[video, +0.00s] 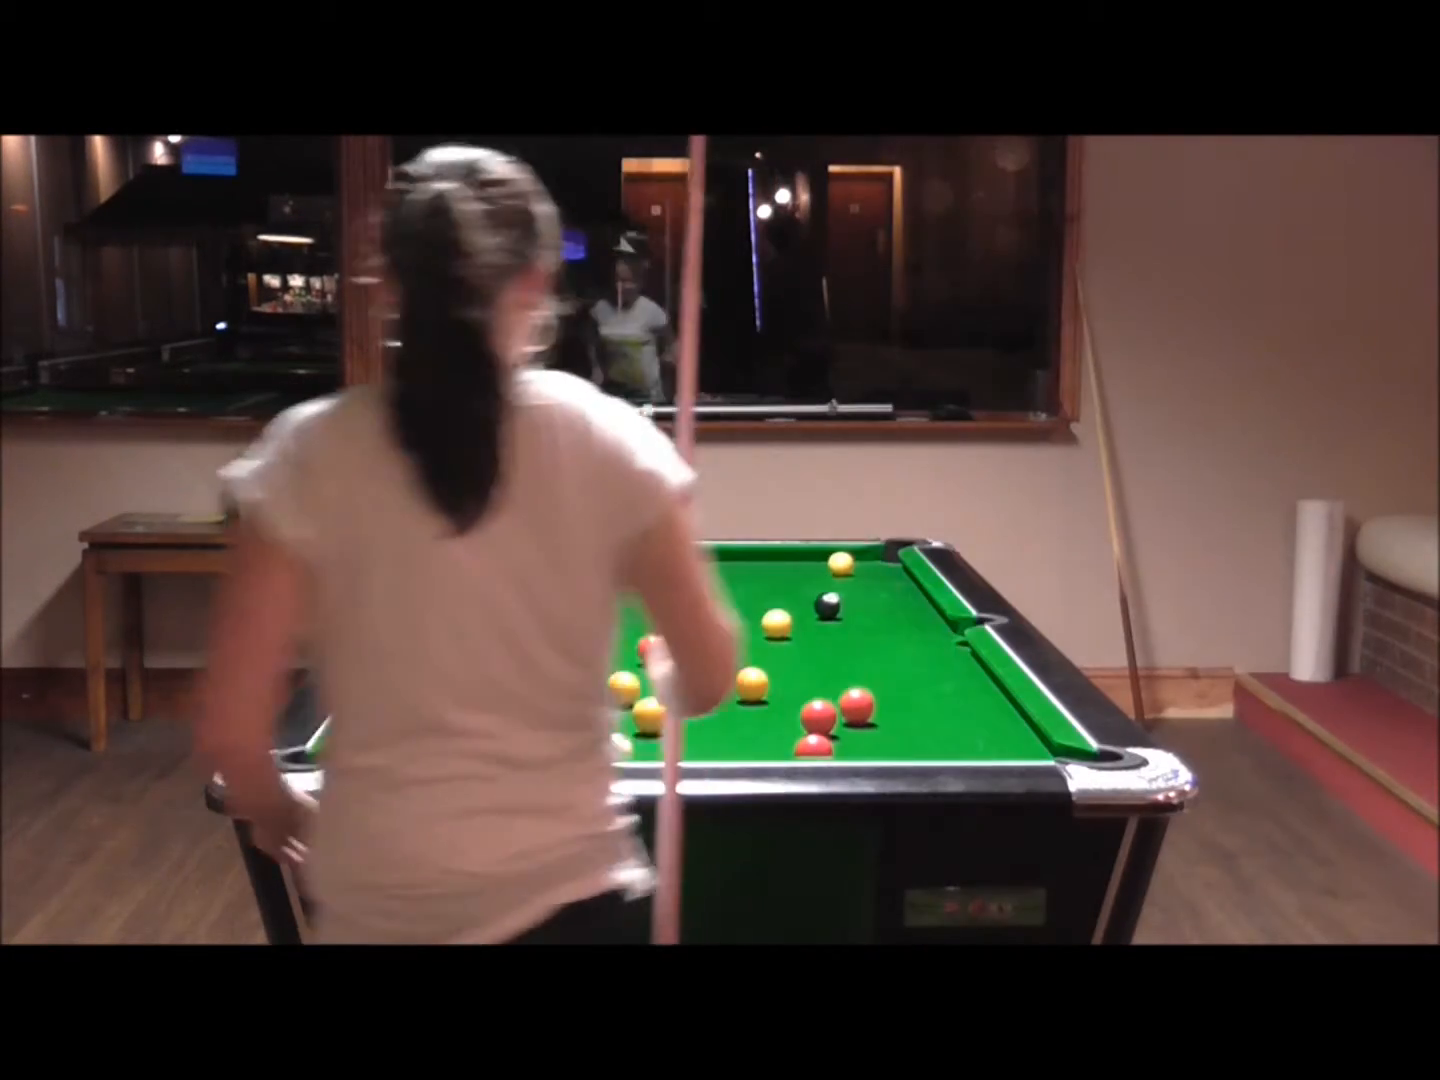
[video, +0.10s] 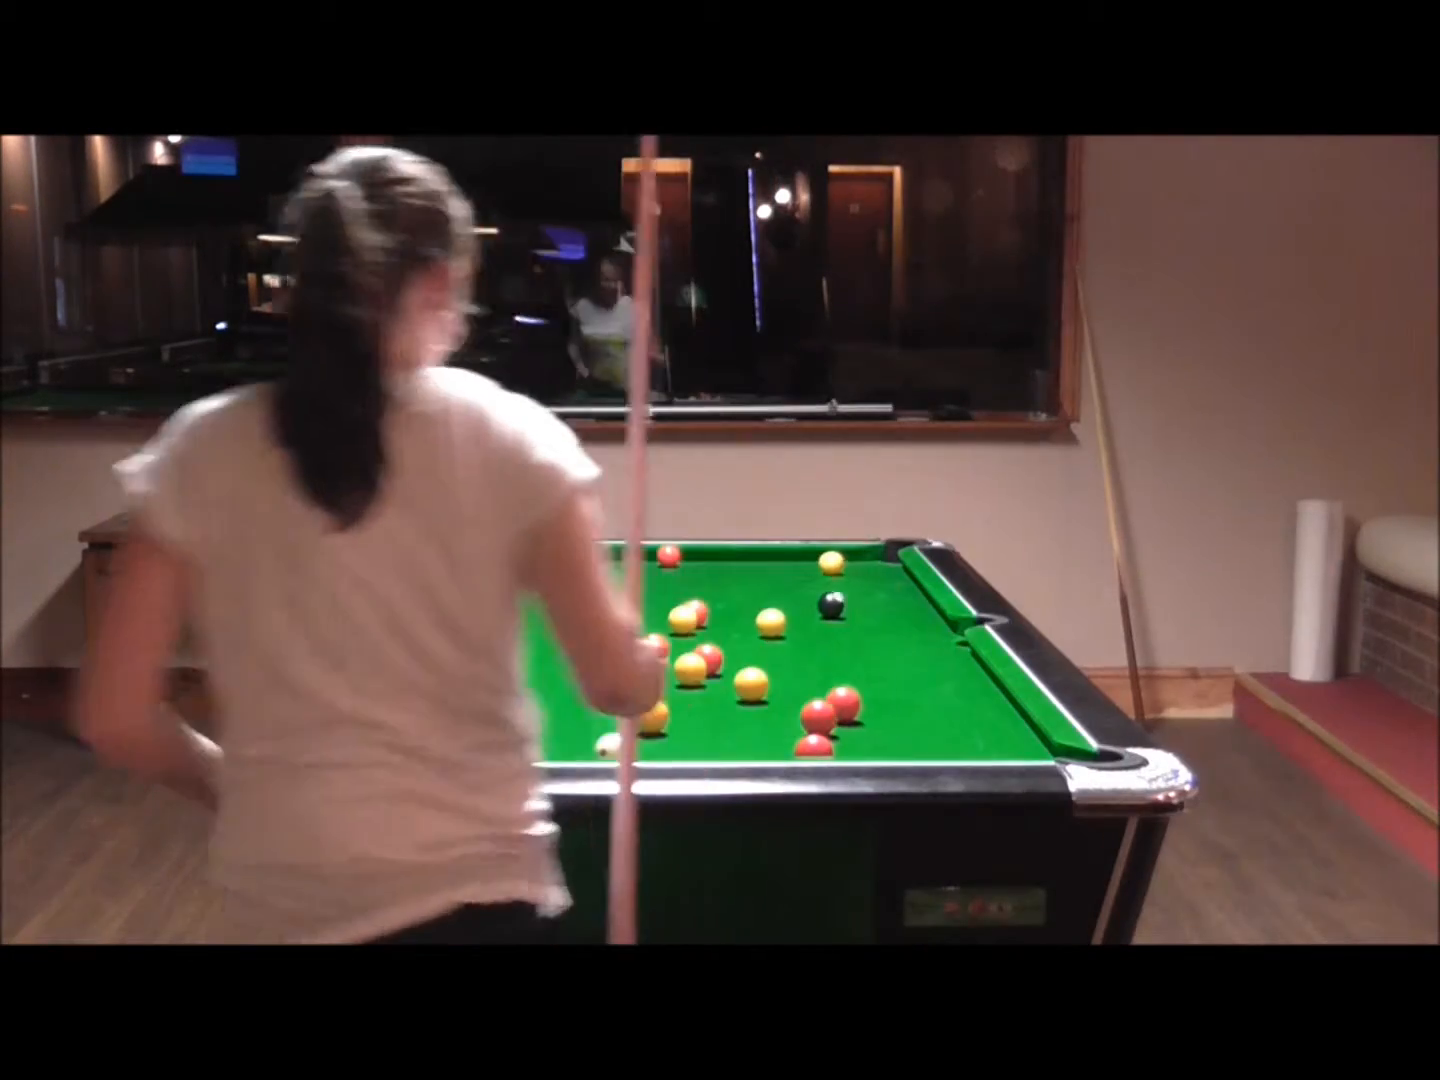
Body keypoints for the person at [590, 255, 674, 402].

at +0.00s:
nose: (625, 287)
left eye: (630, 282)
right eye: (620, 281)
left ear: (640, 284)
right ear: (613, 282)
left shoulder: (651, 311)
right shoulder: (600, 311)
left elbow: (669, 342)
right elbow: (591, 344)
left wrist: (668, 356)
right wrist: (596, 369)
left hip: (648, 391)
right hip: (613, 390)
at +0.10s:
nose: (611, 286)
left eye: (615, 281)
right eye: (606, 281)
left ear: (621, 283)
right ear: (596, 282)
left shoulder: (632, 309)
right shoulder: (582, 309)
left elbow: (647, 337)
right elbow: (573, 342)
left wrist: (655, 354)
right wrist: (580, 367)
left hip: (627, 386)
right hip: (592, 385)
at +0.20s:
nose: (593, 283)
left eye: (596, 278)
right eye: (588, 278)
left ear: (601, 280)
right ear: (576, 279)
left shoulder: (613, 305)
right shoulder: (559, 306)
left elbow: (628, 332)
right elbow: (548, 340)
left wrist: (636, 347)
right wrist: (568, 360)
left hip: (610, 377)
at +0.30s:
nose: (584, 283)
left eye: (586, 277)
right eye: (578, 277)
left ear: (590, 279)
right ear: (565, 278)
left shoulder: (600, 305)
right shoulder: (545, 304)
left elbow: (613, 335)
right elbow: (535, 342)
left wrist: (624, 352)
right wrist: (559, 356)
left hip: (599, 382)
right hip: (563, 383)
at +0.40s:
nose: (572, 286)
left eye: (574, 280)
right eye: (566, 280)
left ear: (577, 280)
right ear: (551, 280)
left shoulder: (582, 309)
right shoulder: (531, 306)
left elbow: (591, 340)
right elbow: (527, 346)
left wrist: (604, 357)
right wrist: (561, 355)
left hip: (578, 383)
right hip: (545, 384)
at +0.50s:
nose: (564, 288)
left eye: (566, 282)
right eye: (558, 282)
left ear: (569, 283)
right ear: (542, 282)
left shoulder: (571, 312)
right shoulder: (523, 308)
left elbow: (576, 345)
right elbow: (524, 349)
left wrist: (591, 362)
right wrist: (567, 354)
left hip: (566, 387)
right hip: (533, 386)